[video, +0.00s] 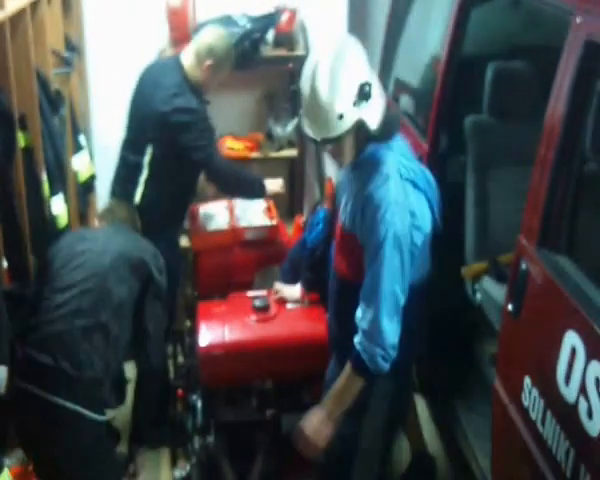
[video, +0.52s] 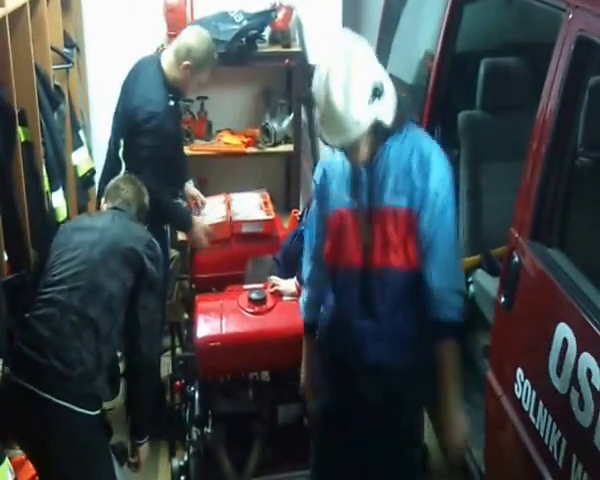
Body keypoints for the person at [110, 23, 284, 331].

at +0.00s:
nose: (219, 83)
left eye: (222, 78)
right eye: (220, 77)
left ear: (195, 54)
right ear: (207, 67)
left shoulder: (157, 71)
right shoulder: (184, 109)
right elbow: (214, 168)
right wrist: (262, 187)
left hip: (126, 200)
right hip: (157, 218)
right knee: (163, 294)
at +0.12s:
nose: (218, 82)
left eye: (221, 74)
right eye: (220, 74)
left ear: (193, 51)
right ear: (205, 65)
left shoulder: (159, 69)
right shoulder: (179, 109)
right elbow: (212, 175)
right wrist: (259, 187)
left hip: (123, 209)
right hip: (154, 225)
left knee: (133, 307)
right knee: (157, 325)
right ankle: (153, 422)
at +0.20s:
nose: (210, 84)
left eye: (213, 76)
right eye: (213, 77)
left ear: (189, 53)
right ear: (201, 69)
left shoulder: (157, 69)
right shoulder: (175, 115)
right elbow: (188, 182)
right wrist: (239, 200)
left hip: (124, 210)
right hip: (152, 225)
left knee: (131, 306)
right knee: (155, 321)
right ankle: (151, 420)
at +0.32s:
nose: (209, 89)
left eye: (212, 81)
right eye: (210, 81)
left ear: (187, 52)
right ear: (199, 70)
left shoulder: (154, 69)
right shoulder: (168, 120)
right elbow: (173, 192)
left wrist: (184, 179)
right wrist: (216, 214)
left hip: (120, 210)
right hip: (148, 227)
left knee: (125, 307)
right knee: (150, 328)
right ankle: (148, 423)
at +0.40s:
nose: (209, 90)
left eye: (213, 84)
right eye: (210, 83)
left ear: (184, 58)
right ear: (193, 72)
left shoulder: (154, 69)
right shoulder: (167, 123)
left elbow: (164, 148)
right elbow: (165, 194)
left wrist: (185, 184)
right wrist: (205, 222)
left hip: (118, 196)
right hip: (144, 219)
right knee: (151, 296)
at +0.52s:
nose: (199, 87)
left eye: (202, 82)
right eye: (200, 80)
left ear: (180, 60)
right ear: (184, 68)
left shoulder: (150, 68)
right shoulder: (156, 114)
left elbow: (167, 145)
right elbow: (150, 186)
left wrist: (184, 184)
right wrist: (188, 223)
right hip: (142, 214)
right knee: (150, 288)